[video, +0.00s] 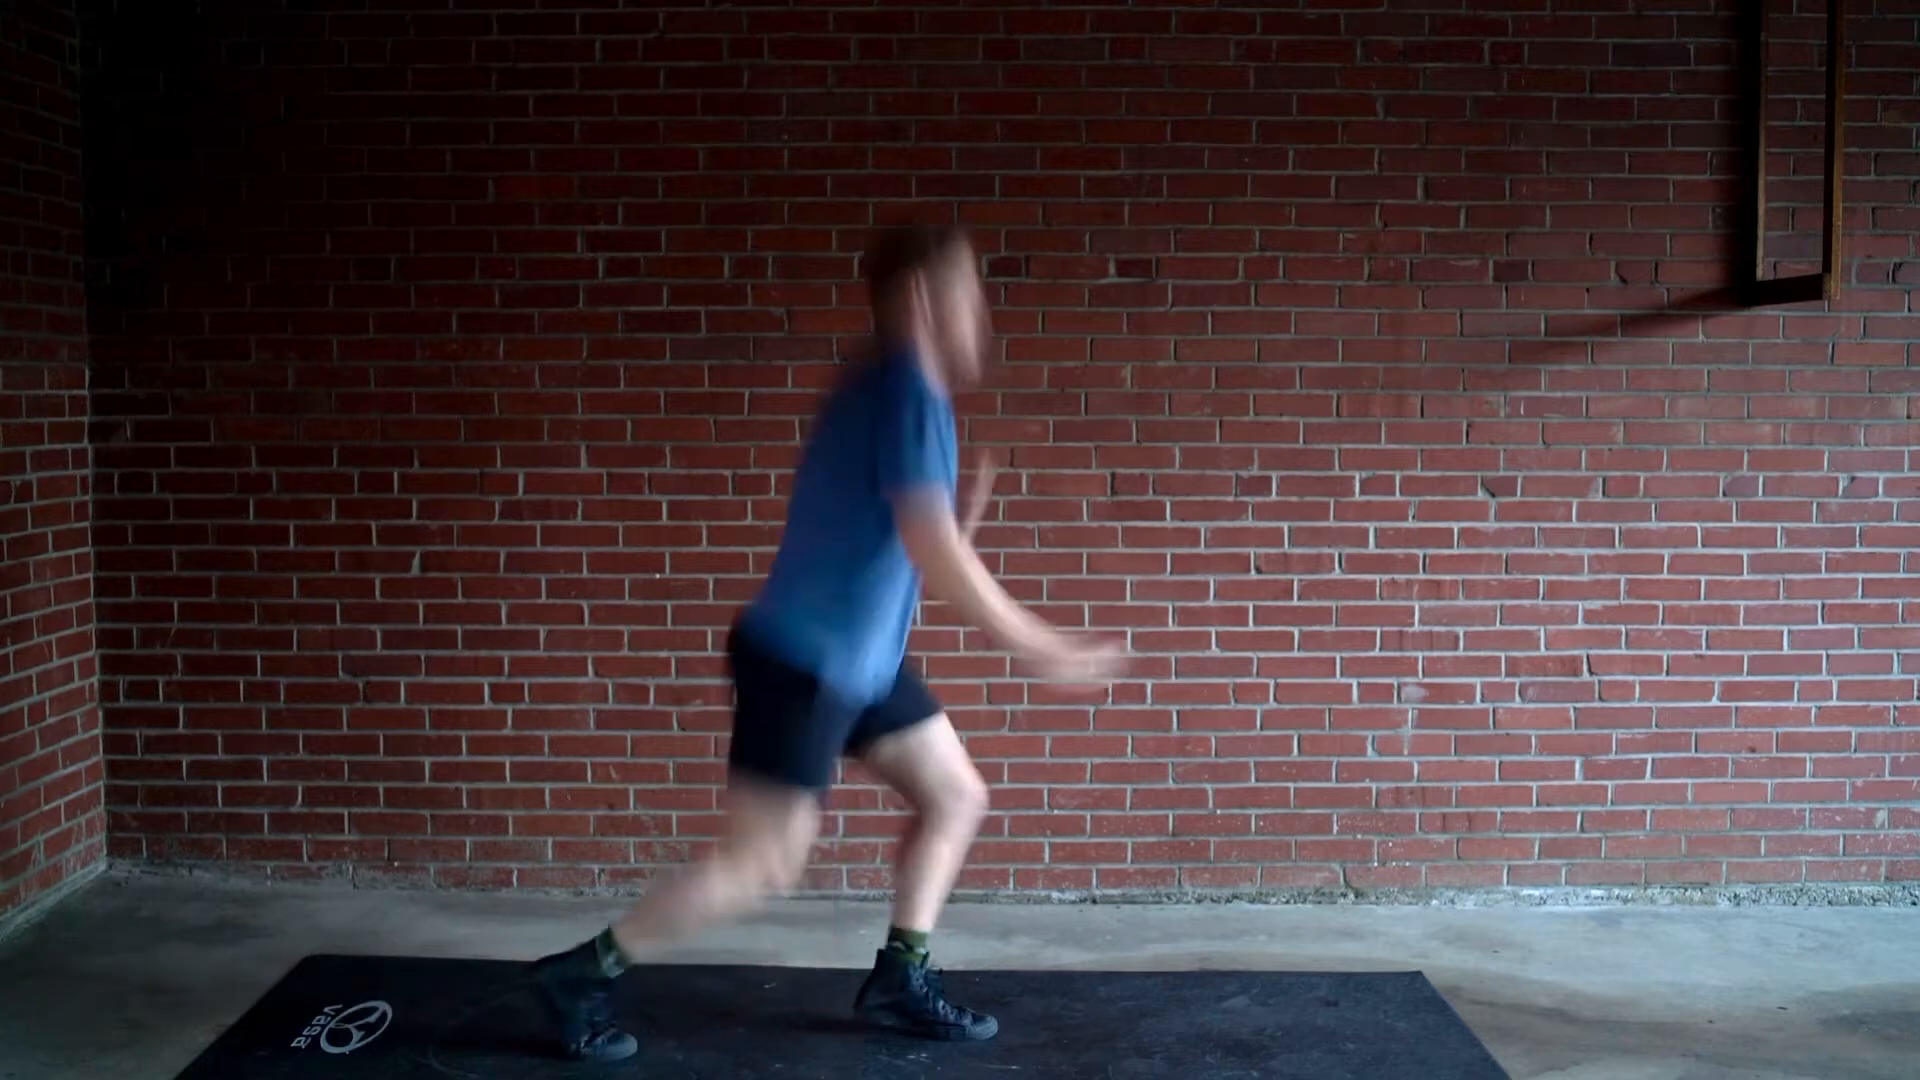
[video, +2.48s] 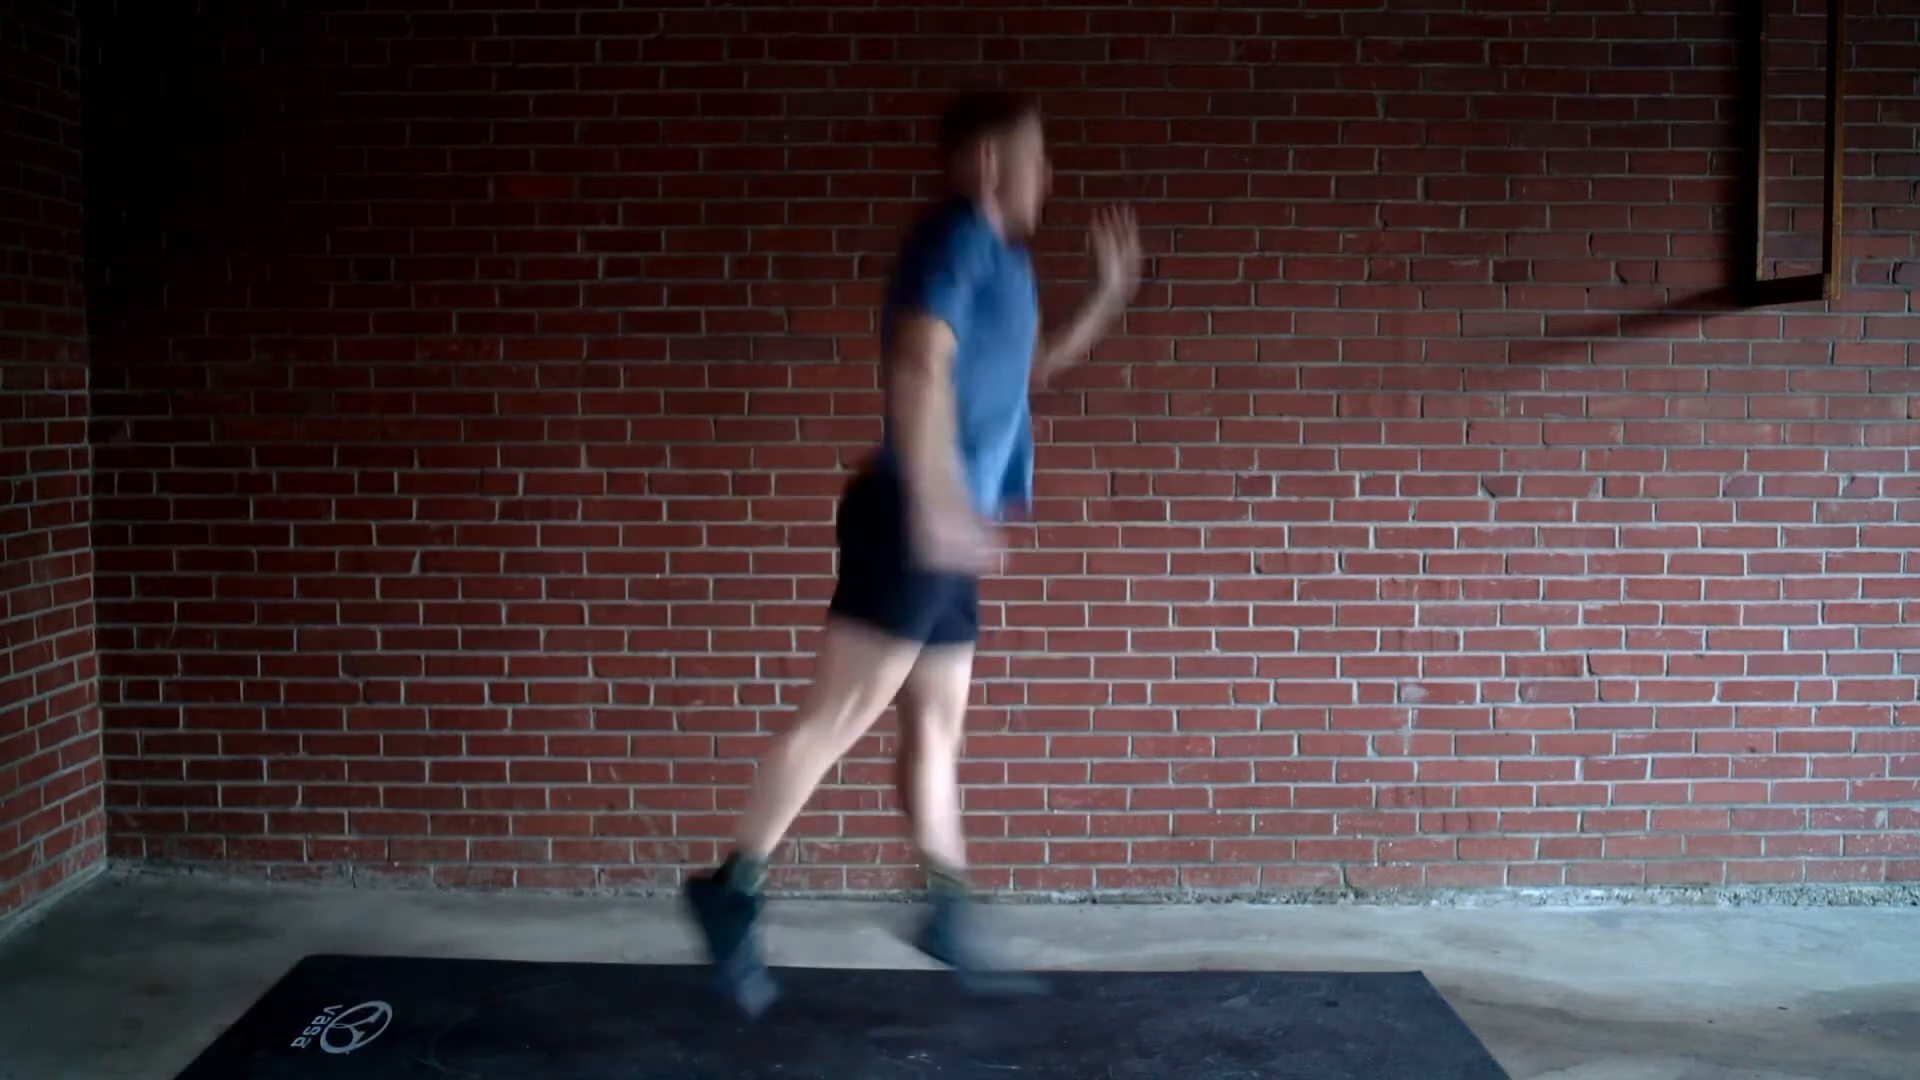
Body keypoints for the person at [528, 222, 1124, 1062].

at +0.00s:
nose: (981, 307)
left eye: (978, 286)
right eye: (967, 287)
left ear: (918, 296)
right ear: (917, 294)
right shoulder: (904, 390)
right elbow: (935, 548)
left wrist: (962, 519)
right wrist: (1047, 646)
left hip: (863, 656)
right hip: (801, 656)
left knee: (956, 797)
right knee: (763, 862)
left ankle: (901, 976)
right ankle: (583, 971)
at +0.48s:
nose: (1005, 223)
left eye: (1003, 202)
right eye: (987, 201)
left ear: (963, 212)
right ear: (933, 204)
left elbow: (1043, 425)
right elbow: (718, 370)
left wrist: (1067, 314)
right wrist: (588, 451)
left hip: (862, 588)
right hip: (833, 587)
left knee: (762, 782)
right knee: (928, 797)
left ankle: (587, 882)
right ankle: (892, 1016)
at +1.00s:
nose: (1045, 470)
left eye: (1041, 451)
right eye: (1033, 451)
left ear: (986, 467)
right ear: (982, 465)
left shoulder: (978, 563)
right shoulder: (924, 547)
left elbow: (1045, 674)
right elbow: (787, 631)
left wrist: (1099, 584)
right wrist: (696, 753)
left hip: (796, 783)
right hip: (810, 781)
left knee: (775, 998)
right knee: (1000, 876)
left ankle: (581, 976)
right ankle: (883, 1047)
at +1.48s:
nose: (1053, 149)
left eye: (1051, 132)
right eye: (1041, 132)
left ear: (989, 135)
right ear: (993, 131)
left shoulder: (948, 218)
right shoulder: (970, 216)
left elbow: (874, 351)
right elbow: (1083, 305)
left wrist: (836, 458)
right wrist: (1103, 200)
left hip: (934, 497)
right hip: (915, 498)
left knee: (937, 705)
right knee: (864, 718)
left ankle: (891, 899)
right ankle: (700, 862)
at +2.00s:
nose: (1113, 527)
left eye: (1111, 511)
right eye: (1104, 511)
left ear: (1046, 520)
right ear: (1060, 519)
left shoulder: (975, 575)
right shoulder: (1024, 600)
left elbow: (868, 662)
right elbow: (1110, 732)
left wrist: (818, 768)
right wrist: (1138, 617)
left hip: (907, 793)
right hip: (872, 810)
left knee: (1064, 815)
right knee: (891, 1028)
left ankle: (986, 980)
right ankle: (703, 978)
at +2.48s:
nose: (1040, 171)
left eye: (1041, 154)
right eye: (1024, 154)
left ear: (1018, 162)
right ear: (977, 161)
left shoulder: (1005, 258)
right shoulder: (953, 240)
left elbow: (1032, 363)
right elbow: (919, 369)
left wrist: (1108, 294)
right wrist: (943, 503)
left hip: (958, 506)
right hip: (911, 504)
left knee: (939, 714)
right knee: (840, 709)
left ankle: (945, 901)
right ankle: (734, 882)